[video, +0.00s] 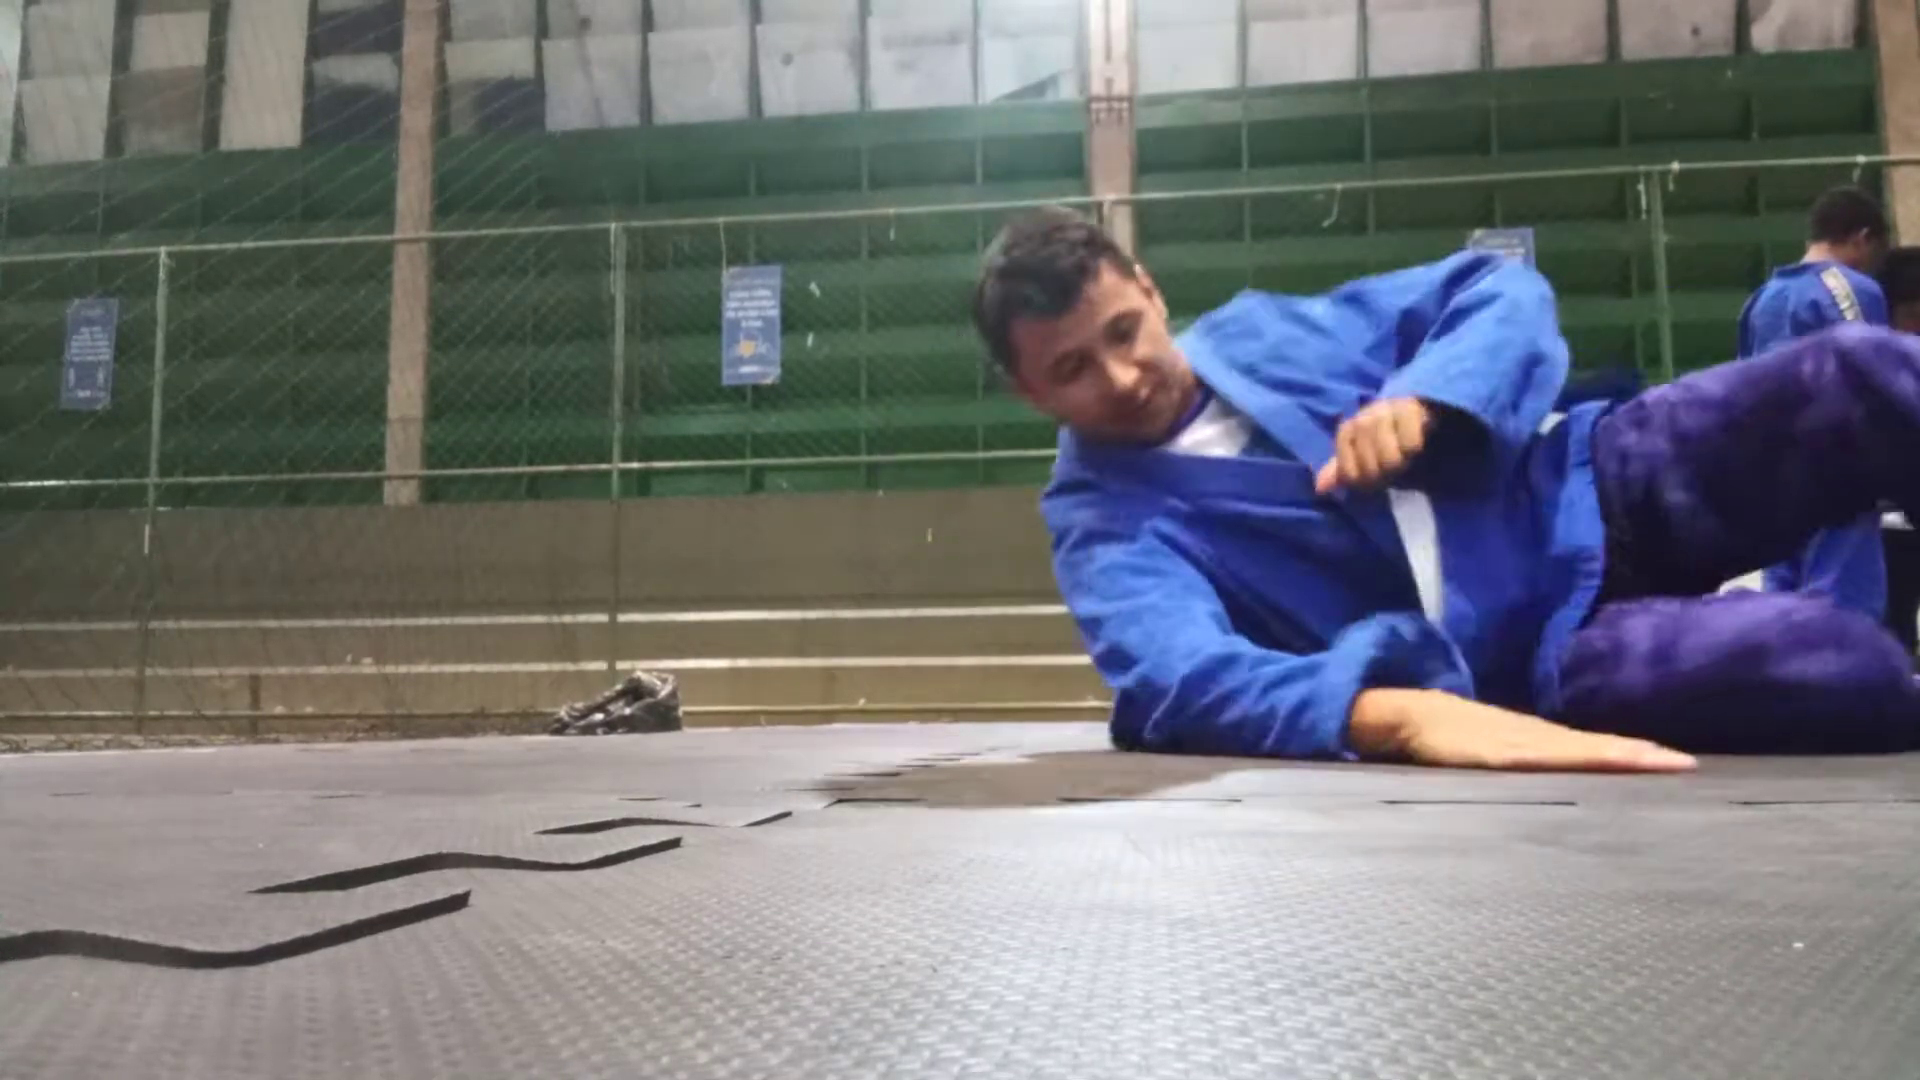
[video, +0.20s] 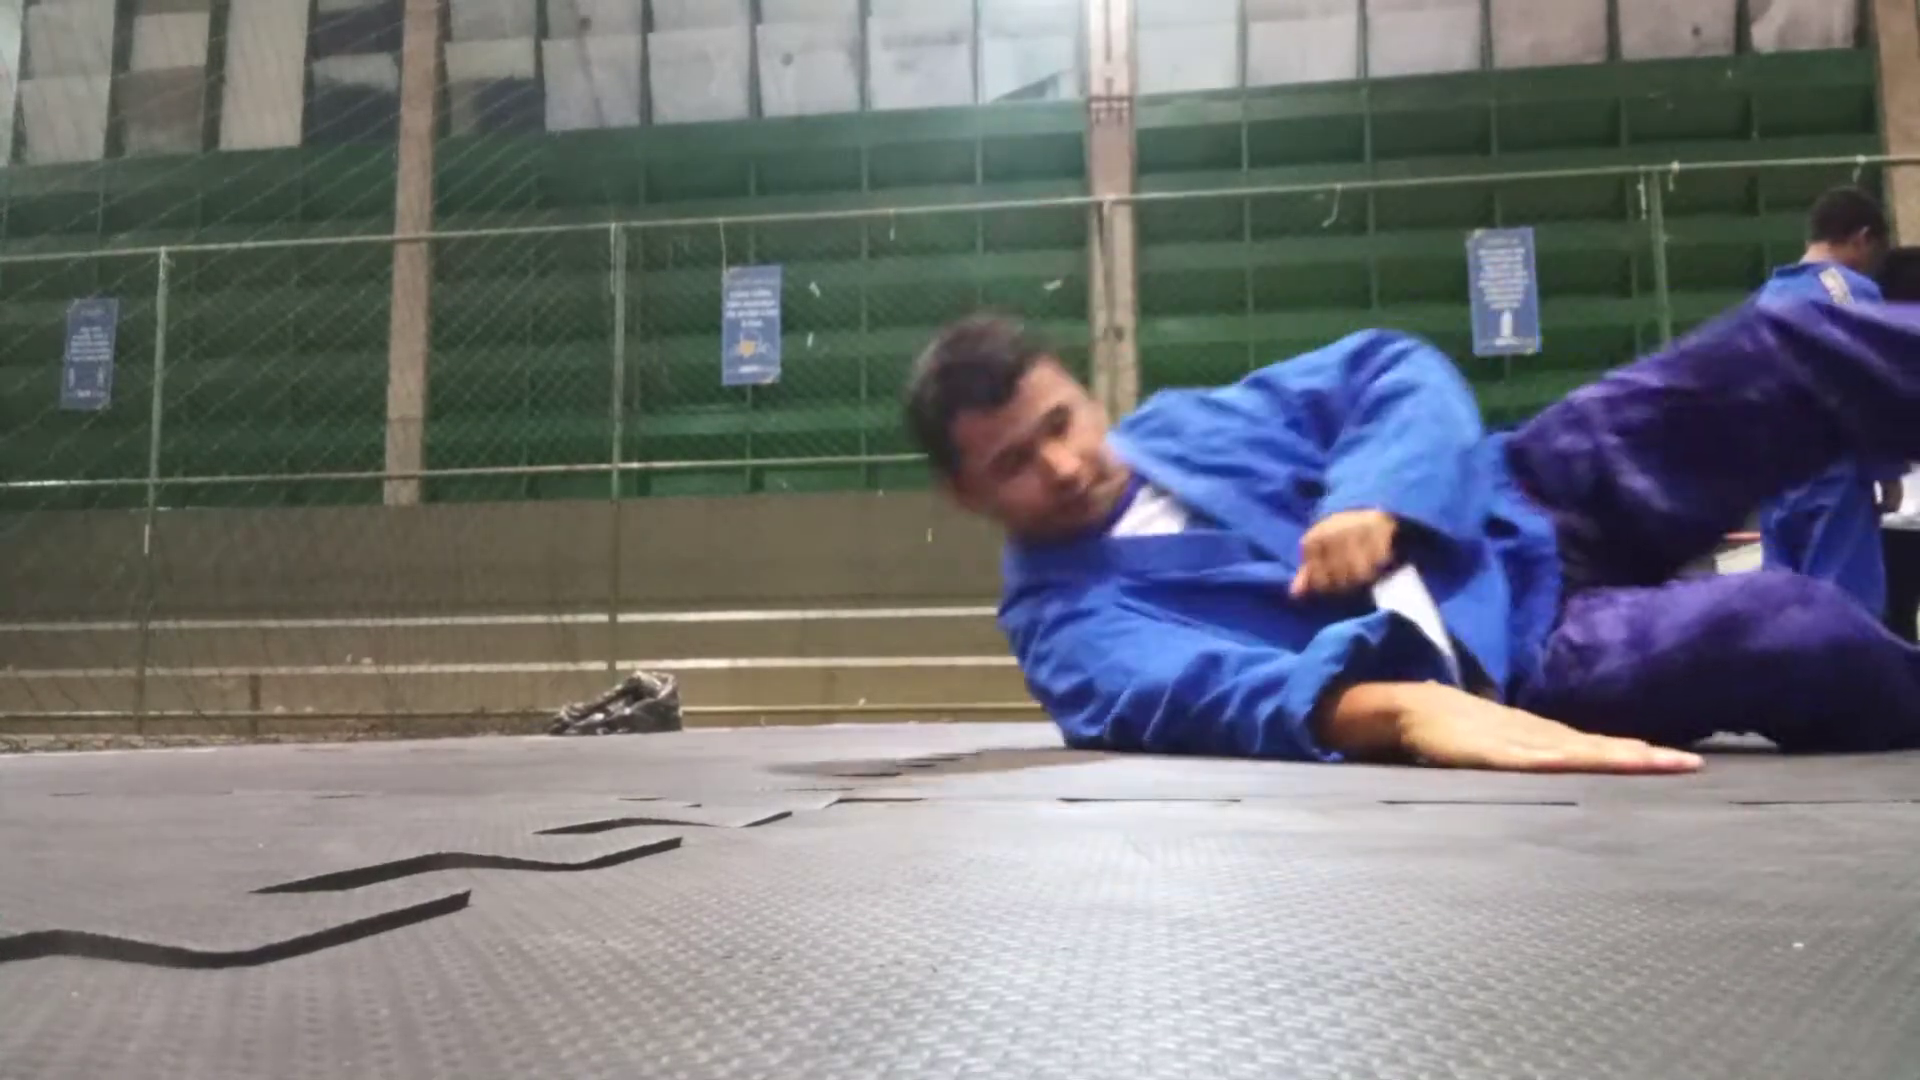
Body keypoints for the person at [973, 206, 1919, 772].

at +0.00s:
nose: (1124, 375)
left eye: (1125, 331)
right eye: (1076, 371)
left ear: (1150, 294)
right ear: (1031, 395)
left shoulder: (1258, 332)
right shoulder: (1106, 527)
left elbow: (1504, 290)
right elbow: (1190, 683)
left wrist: (1426, 396)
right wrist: (1407, 713)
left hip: (1586, 469)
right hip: (1538, 649)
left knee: (1850, 374)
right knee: (1800, 653)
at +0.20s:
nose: (1062, 462)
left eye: (1060, 420)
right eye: (1017, 462)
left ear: (1080, 392)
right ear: (968, 495)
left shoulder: (1180, 423)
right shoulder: (1073, 636)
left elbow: (1395, 369)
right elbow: (1227, 693)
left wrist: (1372, 496)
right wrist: (1411, 714)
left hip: (1524, 490)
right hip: (1519, 650)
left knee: (1795, 335)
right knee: (1795, 628)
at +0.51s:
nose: (1012, 482)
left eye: (1004, 447)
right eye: (968, 492)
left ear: (1024, 426)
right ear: (928, 541)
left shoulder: (1127, 458)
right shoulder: (1068, 652)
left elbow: (1326, 391)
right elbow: (1267, 701)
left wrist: (1322, 496)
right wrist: (1432, 714)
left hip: (1469, 484)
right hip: (1487, 643)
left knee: (1660, 267)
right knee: (1762, 559)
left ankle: (1909, 230)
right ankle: (1903, 689)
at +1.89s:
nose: (1090, 425)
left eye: (1090, 388)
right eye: (1047, 422)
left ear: (1112, 360)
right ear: (998, 447)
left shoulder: (1187, 413)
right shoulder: (1079, 581)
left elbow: (1398, 379)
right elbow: (1183, 694)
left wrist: (1415, 396)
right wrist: (1390, 699)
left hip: (1521, 497)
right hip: (1487, 648)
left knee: (1784, 375)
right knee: (1737, 516)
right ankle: (1911, 638)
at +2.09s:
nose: (1230, 358)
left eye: (1241, 318)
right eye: (1185, 341)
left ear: (1263, 288)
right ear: (1112, 344)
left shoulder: (1302, 341)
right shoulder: (1150, 497)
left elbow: (1544, 383)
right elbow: (1195, 686)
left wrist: (1569, 323)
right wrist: (1400, 684)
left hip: (1571, 509)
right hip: (1506, 676)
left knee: (1862, 391)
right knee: (1680, 527)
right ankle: (1908, 630)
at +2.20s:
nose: (1292, 341)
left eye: (1307, 294)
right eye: (1243, 320)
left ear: (1323, 258)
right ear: (1168, 311)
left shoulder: (1365, 306)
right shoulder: (1186, 465)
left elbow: (1552, 315)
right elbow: (1195, 679)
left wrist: (1634, 297)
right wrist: (1406, 684)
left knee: (1869, 380)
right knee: (1666, 539)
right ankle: (1903, 645)